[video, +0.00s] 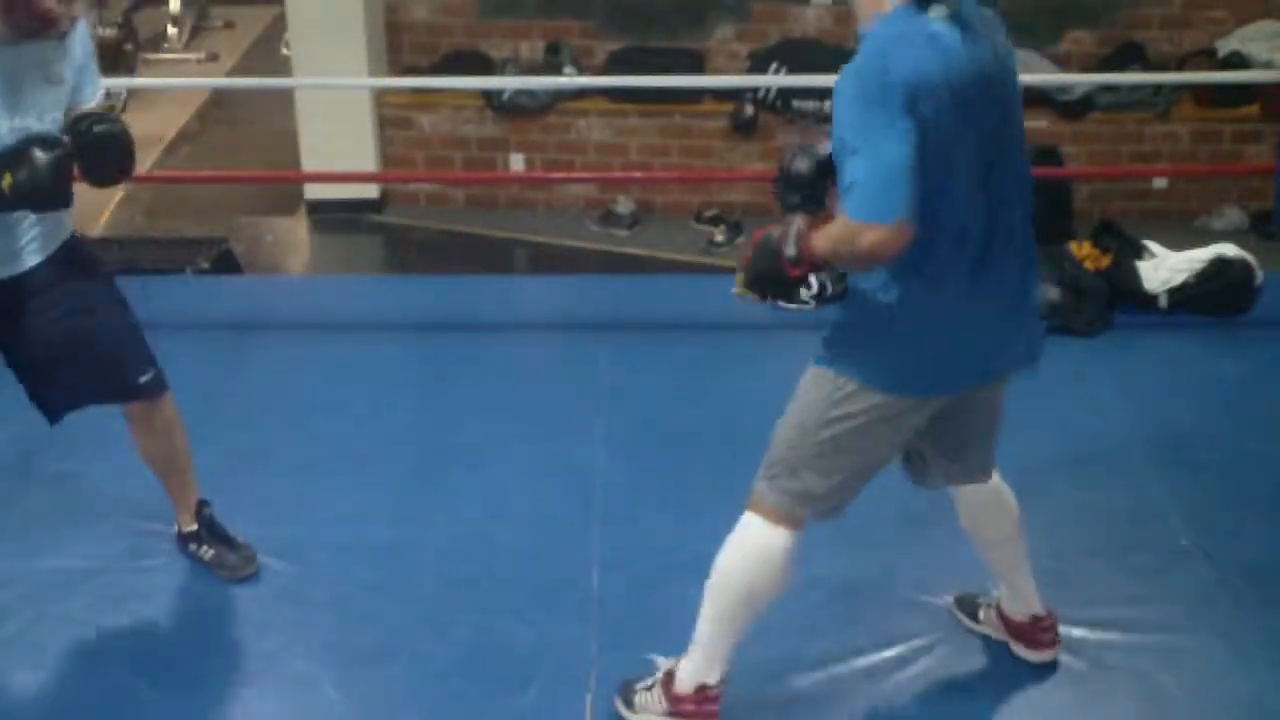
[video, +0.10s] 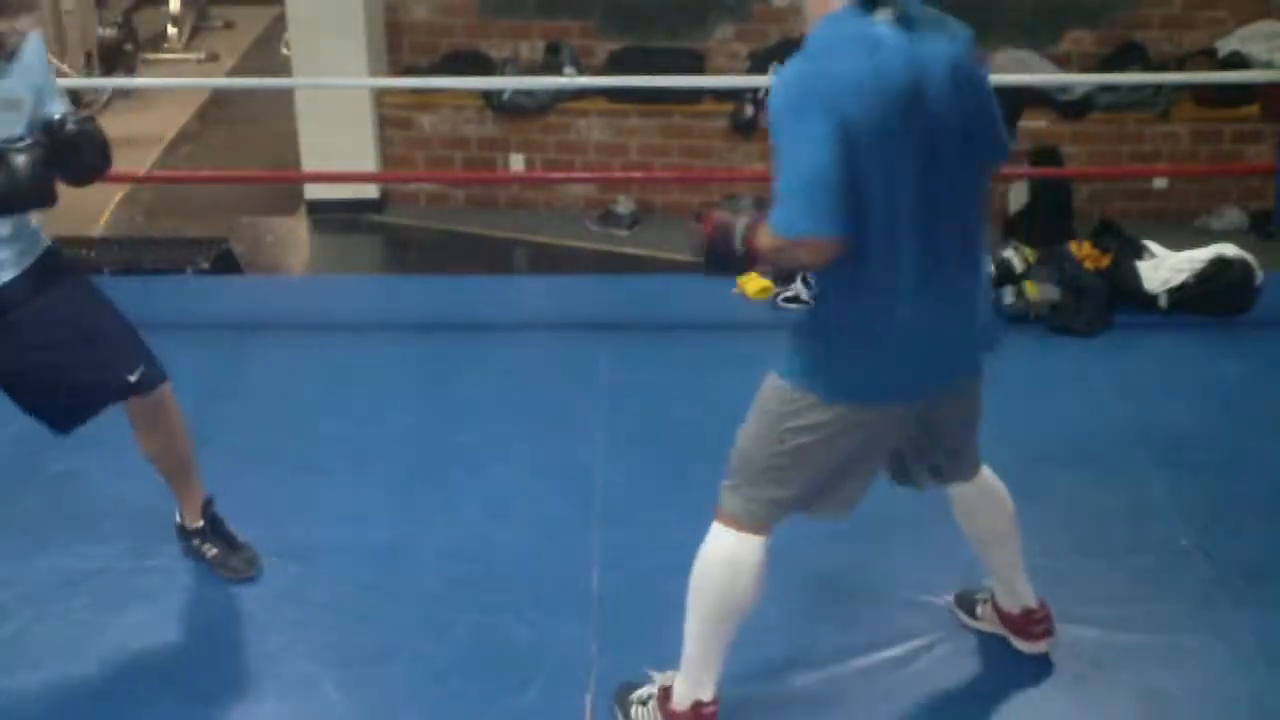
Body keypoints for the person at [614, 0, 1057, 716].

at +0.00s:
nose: (835, 8)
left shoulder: (877, 74)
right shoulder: (978, 29)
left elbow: (882, 230)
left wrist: (797, 246)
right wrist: (848, 173)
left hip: (899, 334)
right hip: (992, 318)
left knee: (778, 503)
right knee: (968, 469)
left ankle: (693, 684)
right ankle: (1027, 616)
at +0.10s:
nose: (772, 8)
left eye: (777, 6)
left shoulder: (809, 79)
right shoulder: (948, 52)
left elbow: (817, 239)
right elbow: (991, 181)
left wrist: (747, 240)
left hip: (845, 355)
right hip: (949, 339)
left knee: (743, 516)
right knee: (961, 469)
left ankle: (690, 696)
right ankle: (1022, 610)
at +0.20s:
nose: (730, 9)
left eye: (732, 4)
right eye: (733, 6)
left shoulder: (741, 80)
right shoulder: (917, 33)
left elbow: (720, 242)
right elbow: (977, 148)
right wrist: (908, 212)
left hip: (814, 348)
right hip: (922, 329)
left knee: (718, 516)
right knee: (946, 460)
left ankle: (684, 698)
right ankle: (1011, 609)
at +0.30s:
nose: (698, 8)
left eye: (697, 4)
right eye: (700, 5)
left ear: (713, 0)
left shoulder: (704, 91)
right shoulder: (888, 30)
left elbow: (680, 261)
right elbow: (966, 142)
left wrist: (732, 236)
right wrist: (896, 206)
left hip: (791, 361)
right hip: (905, 339)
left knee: (708, 525)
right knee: (927, 466)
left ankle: (684, 700)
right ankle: (1004, 637)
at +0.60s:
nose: (739, 8)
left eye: (741, 2)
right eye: (739, 3)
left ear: (767, 1)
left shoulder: (758, 95)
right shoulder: (920, 62)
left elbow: (752, 266)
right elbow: (942, 175)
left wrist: (701, 308)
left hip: (798, 391)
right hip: (917, 379)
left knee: (711, 552)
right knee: (942, 562)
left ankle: (678, 705)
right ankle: (1000, 711)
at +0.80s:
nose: (810, 17)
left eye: (823, 5)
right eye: (815, 3)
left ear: (869, 22)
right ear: (938, 24)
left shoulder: (861, 151)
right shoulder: (1010, 121)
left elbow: (854, 331)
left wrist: (771, 326)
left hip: (874, 452)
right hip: (990, 449)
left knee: (750, 589)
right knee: (963, 636)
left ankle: (677, 709)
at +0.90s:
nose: (833, 3)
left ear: (897, 6)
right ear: (960, 10)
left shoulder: (883, 127)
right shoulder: (1043, 100)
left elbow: (882, 310)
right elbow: (1044, 250)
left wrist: (803, 290)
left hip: (907, 438)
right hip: (1027, 433)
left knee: (786, 586)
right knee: (994, 634)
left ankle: (758, 709)